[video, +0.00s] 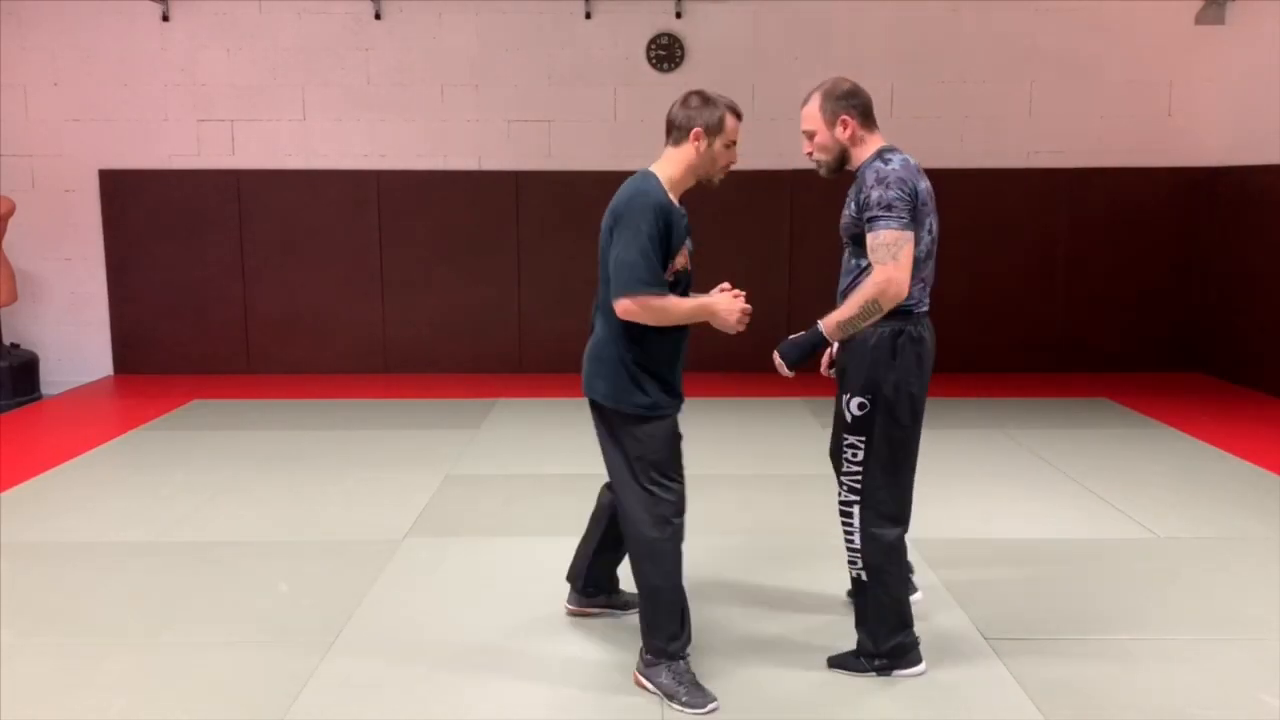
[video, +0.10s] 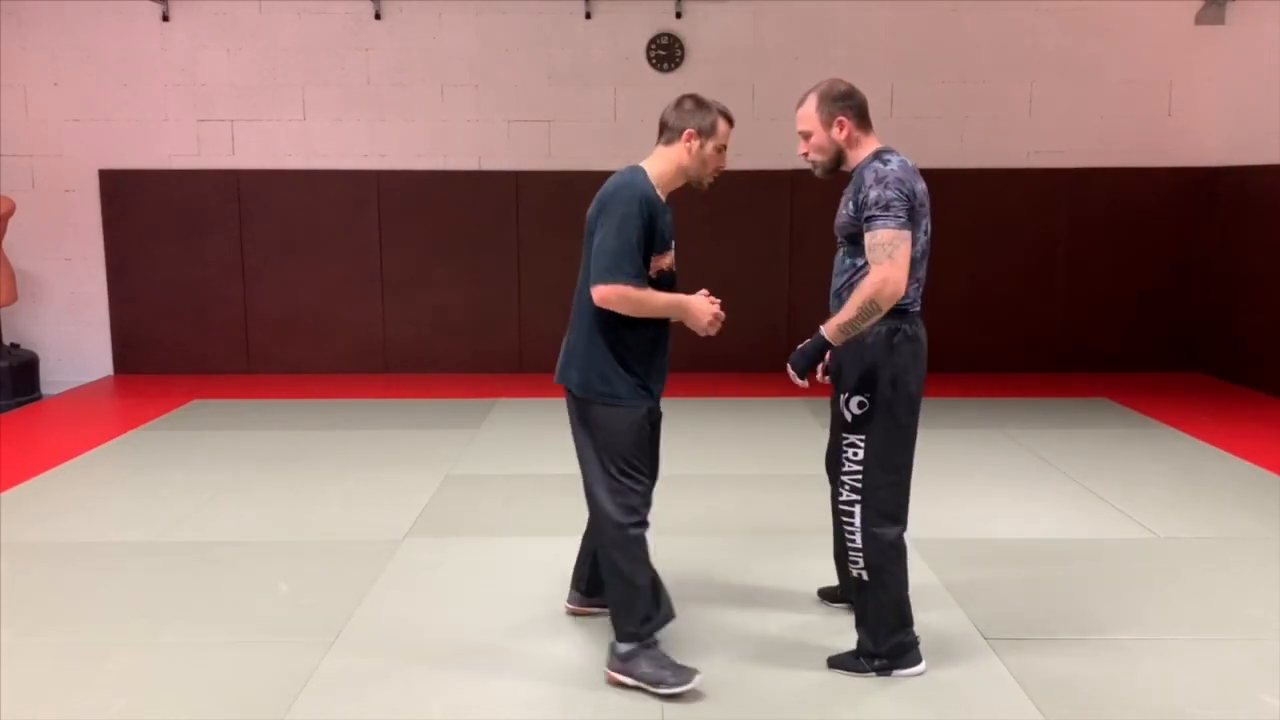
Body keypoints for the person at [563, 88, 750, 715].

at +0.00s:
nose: (735, 158)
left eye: (736, 146)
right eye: (730, 145)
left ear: (692, 141)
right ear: (698, 141)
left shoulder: (663, 202)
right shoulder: (642, 205)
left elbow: (660, 293)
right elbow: (631, 302)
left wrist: (699, 301)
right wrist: (705, 308)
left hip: (642, 381)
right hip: (630, 388)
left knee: (633, 486)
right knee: (659, 511)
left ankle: (590, 584)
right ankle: (662, 657)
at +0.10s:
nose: (724, 161)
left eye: (726, 149)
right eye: (720, 147)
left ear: (684, 143)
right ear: (689, 143)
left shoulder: (653, 199)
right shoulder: (627, 197)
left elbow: (653, 283)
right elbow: (610, 291)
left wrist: (684, 305)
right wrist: (682, 305)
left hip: (632, 379)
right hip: (605, 381)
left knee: (626, 491)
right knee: (624, 506)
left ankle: (591, 586)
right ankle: (633, 646)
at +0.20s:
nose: (705, 150)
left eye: (706, 138)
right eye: (700, 137)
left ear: (665, 133)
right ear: (669, 132)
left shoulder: (635, 190)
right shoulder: (610, 189)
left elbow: (616, 276)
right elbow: (595, 280)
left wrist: (640, 263)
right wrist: (662, 295)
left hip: (620, 379)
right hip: (591, 380)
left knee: (620, 495)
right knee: (593, 504)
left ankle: (603, 593)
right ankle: (572, 635)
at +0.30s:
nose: (682, 142)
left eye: (684, 131)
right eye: (679, 130)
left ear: (644, 125)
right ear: (648, 125)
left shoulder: (618, 185)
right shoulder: (595, 187)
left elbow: (597, 266)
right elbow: (583, 283)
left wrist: (626, 261)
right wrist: (647, 290)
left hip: (610, 373)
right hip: (578, 377)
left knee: (609, 489)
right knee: (571, 497)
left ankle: (594, 587)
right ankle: (520, 616)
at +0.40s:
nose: (662, 146)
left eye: (664, 135)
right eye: (660, 133)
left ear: (619, 129)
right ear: (633, 131)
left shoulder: (594, 191)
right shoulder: (584, 199)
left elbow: (589, 281)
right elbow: (579, 304)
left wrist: (631, 289)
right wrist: (638, 301)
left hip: (593, 376)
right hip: (561, 379)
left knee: (612, 472)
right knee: (550, 498)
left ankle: (596, 584)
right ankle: (508, 618)